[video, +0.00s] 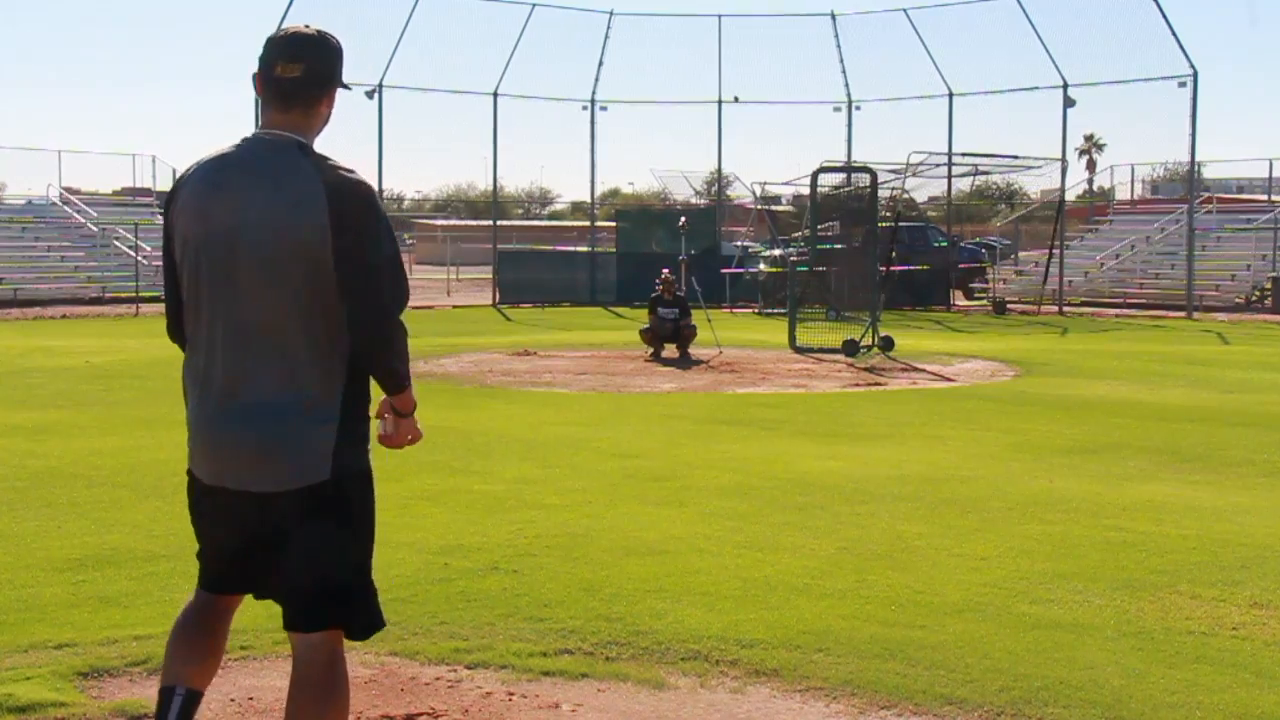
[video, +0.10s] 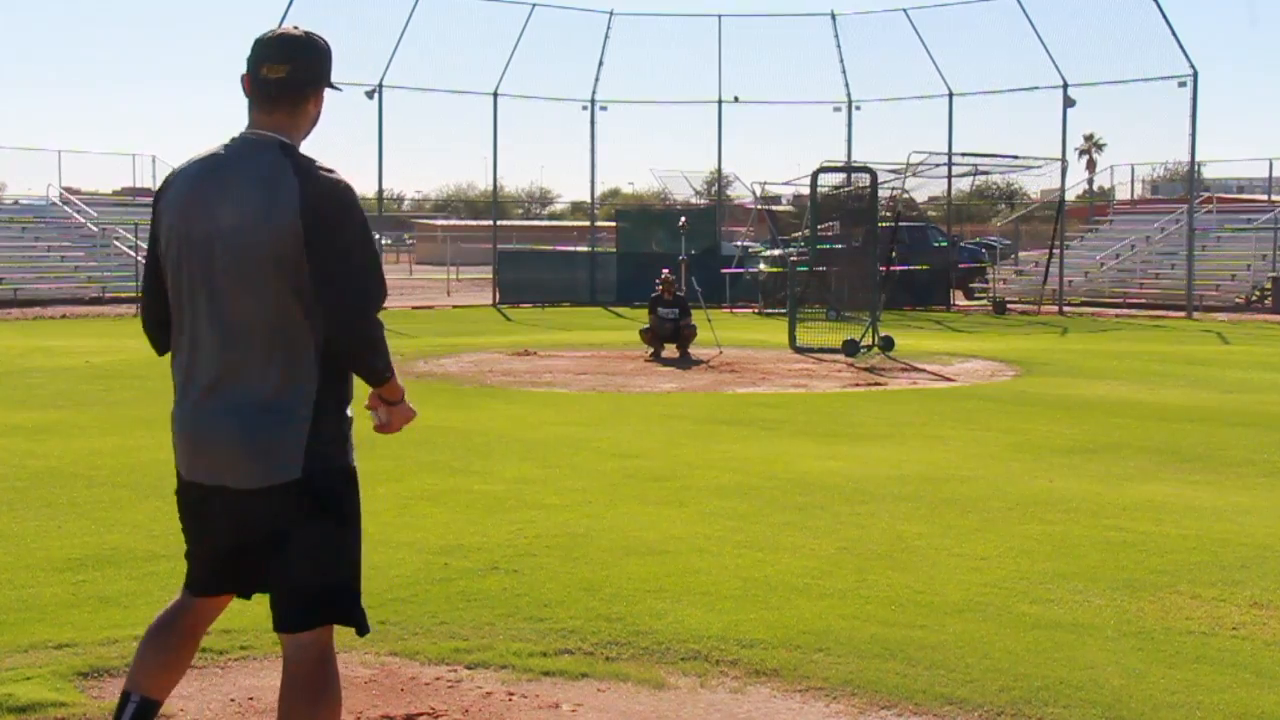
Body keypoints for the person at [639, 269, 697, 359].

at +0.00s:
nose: (668, 287)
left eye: (670, 284)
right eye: (665, 284)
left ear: (674, 286)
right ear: (661, 286)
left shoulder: (681, 299)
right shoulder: (655, 299)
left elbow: (688, 319)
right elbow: (652, 318)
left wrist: (674, 324)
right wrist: (662, 326)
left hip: (677, 328)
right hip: (660, 328)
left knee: (691, 329)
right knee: (645, 332)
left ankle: (683, 349)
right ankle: (657, 348)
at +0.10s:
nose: (668, 287)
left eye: (670, 284)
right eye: (665, 284)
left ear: (674, 286)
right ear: (662, 286)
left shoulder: (681, 299)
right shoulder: (655, 299)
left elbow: (688, 319)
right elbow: (652, 318)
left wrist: (674, 325)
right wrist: (662, 326)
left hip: (677, 329)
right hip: (660, 329)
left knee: (691, 329)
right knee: (645, 332)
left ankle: (683, 349)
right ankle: (657, 348)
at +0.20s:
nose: (668, 287)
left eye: (671, 284)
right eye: (665, 284)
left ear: (674, 286)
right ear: (662, 286)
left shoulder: (681, 299)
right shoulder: (654, 299)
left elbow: (687, 319)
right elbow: (652, 318)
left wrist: (674, 325)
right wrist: (662, 326)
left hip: (677, 329)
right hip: (660, 329)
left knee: (691, 329)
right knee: (645, 332)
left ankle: (683, 349)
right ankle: (657, 348)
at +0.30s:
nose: (668, 287)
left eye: (671, 284)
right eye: (665, 284)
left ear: (674, 286)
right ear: (662, 286)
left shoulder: (681, 299)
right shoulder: (654, 299)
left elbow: (687, 319)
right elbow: (652, 318)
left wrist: (674, 324)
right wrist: (663, 325)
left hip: (677, 329)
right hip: (660, 329)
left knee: (691, 329)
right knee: (645, 332)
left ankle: (683, 349)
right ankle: (657, 348)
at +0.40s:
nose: (668, 287)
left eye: (671, 285)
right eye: (666, 285)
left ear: (674, 286)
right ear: (662, 286)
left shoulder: (681, 299)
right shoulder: (654, 299)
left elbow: (687, 319)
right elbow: (652, 318)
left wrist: (674, 324)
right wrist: (663, 325)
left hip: (677, 329)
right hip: (660, 330)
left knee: (691, 329)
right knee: (645, 332)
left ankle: (683, 349)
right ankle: (657, 348)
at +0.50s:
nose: (668, 287)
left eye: (670, 284)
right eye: (665, 284)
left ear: (674, 286)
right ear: (662, 286)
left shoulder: (680, 299)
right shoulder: (654, 299)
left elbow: (687, 319)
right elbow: (652, 318)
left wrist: (674, 324)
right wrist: (662, 326)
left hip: (677, 329)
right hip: (660, 329)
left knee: (691, 329)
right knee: (645, 332)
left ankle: (683, 349)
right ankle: (657, 348)